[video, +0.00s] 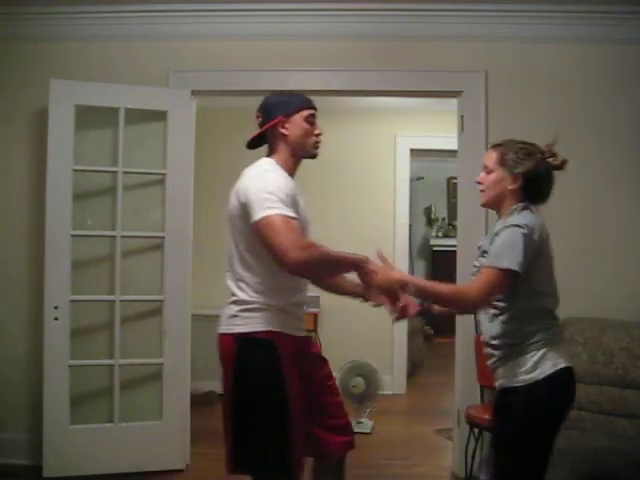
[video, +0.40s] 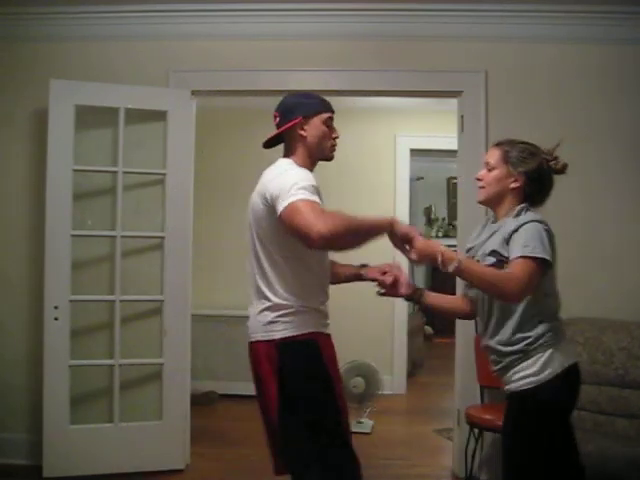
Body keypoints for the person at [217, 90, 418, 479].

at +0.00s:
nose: (318, 129)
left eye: (316, 121)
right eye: (309, 120)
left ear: (285, 130)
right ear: (281, 127)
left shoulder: (285, 188)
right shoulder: (262, 179)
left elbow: (314, 270)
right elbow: (295, 255)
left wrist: (373, 290)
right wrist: (360, 263)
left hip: (291, 336)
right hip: (259, 338)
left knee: (333, 444)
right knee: (276, 462)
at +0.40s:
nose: (336, 133)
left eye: (334, 124)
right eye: (328, 124)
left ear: (298, 132)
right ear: (300, 129)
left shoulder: (285, 179)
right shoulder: (287, 176)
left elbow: (305, 266)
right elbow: (319, 230)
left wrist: (363, 272)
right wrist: (389, 224)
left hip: (287, 334)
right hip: (293, 336)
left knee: (307, 458)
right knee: (325, 458)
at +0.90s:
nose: (284, 132)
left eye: (284, 124)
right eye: (276, 123)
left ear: (249, 129)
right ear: (246, 125)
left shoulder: (239, 175)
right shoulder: (231, 167)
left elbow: (234, 260)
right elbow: (315, 173)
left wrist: (287, 257)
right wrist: (331, 128)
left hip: (234, 326)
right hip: (225, 328)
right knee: (242, 450)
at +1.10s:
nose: (260, 137)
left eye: (260, 129)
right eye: (253, 127)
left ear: (224, 131)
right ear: (223, 128)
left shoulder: (205, 173)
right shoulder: (211, 167)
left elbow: (198, 260)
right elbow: (301, 160)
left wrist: (253, 264)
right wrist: (326, 121)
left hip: (192, 329)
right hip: (196, 331)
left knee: (200, 456)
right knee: (230, 457)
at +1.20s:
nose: (248, 140)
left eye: (249, 132)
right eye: (242, 130)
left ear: (211, 133)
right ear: (214, 130)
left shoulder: (190, 177)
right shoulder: (200, 170)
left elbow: (186, 263)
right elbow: (297, 154)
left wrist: (240, 270)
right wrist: (329, 117)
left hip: (183, 333)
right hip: (188, 337)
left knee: (182, 459)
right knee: (193, 461)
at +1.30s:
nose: (243, 141)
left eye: (242, 132)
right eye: (237, 131)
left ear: (209, 135)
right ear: (208, 132)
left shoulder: (181, 181)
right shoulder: (199, 170)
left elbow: (176, 266)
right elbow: (293, 152)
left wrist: (232, 274)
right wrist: (329, 120)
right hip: (180, 338)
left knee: (198, 457)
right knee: (175, 461)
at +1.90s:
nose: (302, 142)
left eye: (302, 133)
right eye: (298, 131)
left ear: (264, 134)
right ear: (274, 131)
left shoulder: (235, 177)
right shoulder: (257, 178)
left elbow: (230, 256)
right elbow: (291, 254)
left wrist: (276, 278)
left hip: (213, 322)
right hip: (231, 328)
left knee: (208, 449)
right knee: (274, 453)